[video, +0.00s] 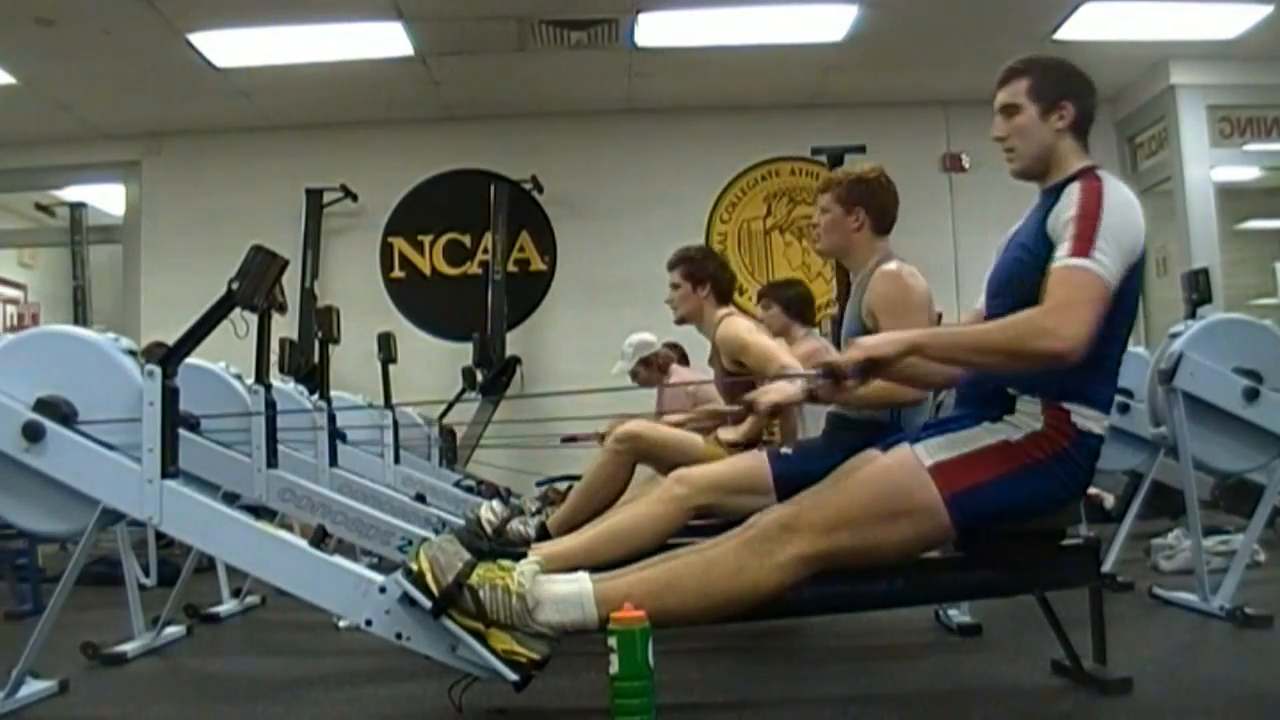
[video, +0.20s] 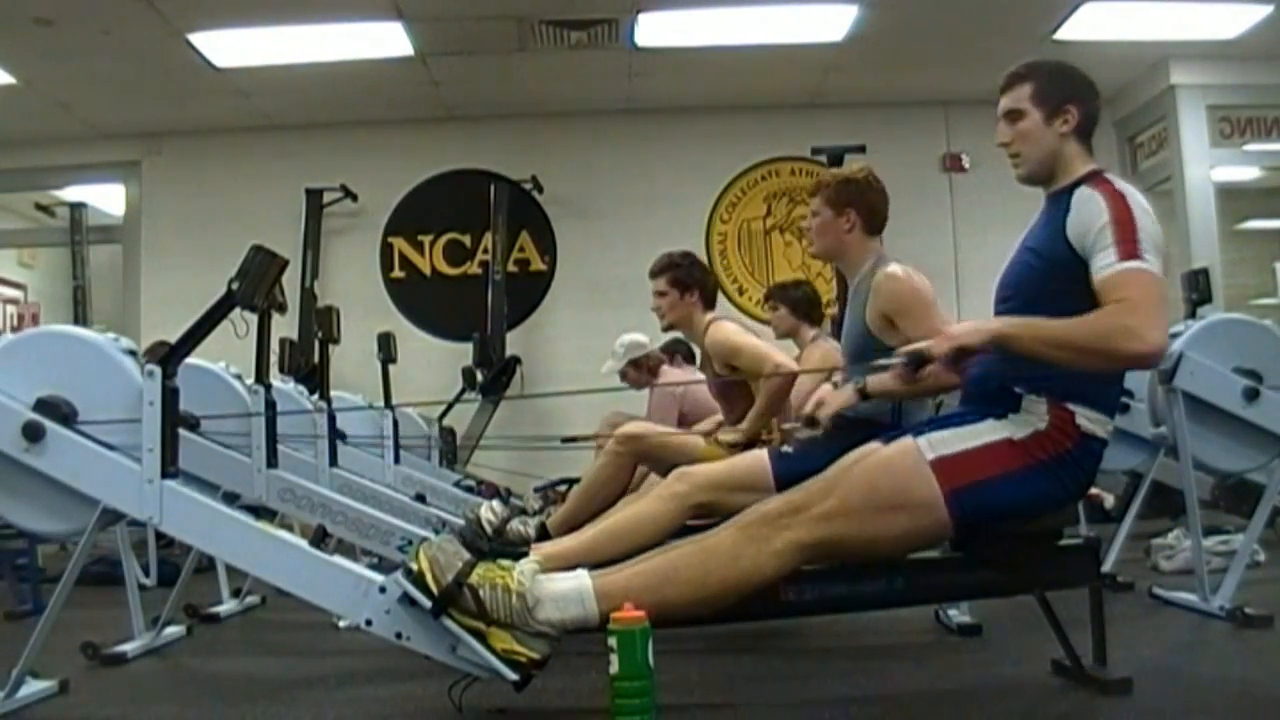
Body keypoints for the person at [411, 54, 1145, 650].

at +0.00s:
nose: (997, 134)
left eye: (1010, 116)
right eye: (996, 119)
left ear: (1063, 116)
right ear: (1039, 123)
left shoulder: (1096, 197)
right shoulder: (1044, 222)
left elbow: (1063, 334)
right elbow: (974, 367)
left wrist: (899, 350)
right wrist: (850, 376)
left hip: (1034, 429)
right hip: (986, 422)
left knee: (796, 532)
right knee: (777, 523)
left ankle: (557, 611)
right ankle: (555, 597)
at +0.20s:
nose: (1001, 139)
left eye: (1012, 121)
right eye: (1000, 125)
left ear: (1066, 119)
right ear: (1048, 127)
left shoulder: (1101, 196)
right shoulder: (1057, 216)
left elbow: (1142, 334)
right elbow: (1007, 360)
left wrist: (993, 331)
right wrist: (903, 381)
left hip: (1045, 432)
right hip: (1003, 422)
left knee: (799, 520)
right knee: (778, 511)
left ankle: (552, 606)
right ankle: (549, 602)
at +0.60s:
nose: (954, 138)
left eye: (968, 118)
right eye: (953, 124)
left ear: (1023, 117)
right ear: (1006, 125)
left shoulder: (1068, 199)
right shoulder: (1020, 212)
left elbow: (1114, 363)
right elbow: (1037, 355)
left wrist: (962, 363)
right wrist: (938, 380)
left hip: (1037, 434)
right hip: (997, 427)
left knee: (791, 519)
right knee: (770, 506)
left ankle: (555, 608)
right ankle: (552, 597)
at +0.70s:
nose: (933, 132)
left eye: (946, 113)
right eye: (931, 119)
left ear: (999, 113)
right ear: (979, 123)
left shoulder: (1044, 196)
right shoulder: (993, 216)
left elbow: (1038, 369)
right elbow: (986, 362)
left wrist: (885, 391)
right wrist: (879, 405)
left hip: (1035, 438)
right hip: (990, 431)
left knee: (788, 508)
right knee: (761, 496)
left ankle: (554, 605)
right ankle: (551, 597)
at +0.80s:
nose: (899, 133)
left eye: (912, 114)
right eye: (899, 119)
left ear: (967, 116)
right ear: (945, 123)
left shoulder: (1013, 194)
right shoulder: (952, 228)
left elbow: (966, 364)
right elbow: (914, 351)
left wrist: (811, 416)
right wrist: (801, 410)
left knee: (775, 486)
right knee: (716, 461)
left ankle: (555, 607)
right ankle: (538, 579)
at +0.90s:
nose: (853, 135)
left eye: (866, 116)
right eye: (854, 119)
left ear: (919, 119)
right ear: (907, 124)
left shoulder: (970, 197)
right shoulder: (916, 220)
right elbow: (860, 353)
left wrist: (732, 429)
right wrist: (736, 417)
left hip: (1015, 439)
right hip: (965, 432)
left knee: (752, 462)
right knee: (739, 460)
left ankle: (556, 603)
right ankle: (549, 595)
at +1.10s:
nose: (751, 157)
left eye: (760, 135)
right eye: (755, 138)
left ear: (802, 137)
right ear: (806, 138)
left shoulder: (868, 213)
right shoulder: (830, 224)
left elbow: (754, 371)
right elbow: (732, 350)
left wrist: (612, 451)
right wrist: (617, 441)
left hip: (961, 441)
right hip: (912, 430)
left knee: (714, 419)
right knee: (696, 409)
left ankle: (546, 608)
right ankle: (536, 592)